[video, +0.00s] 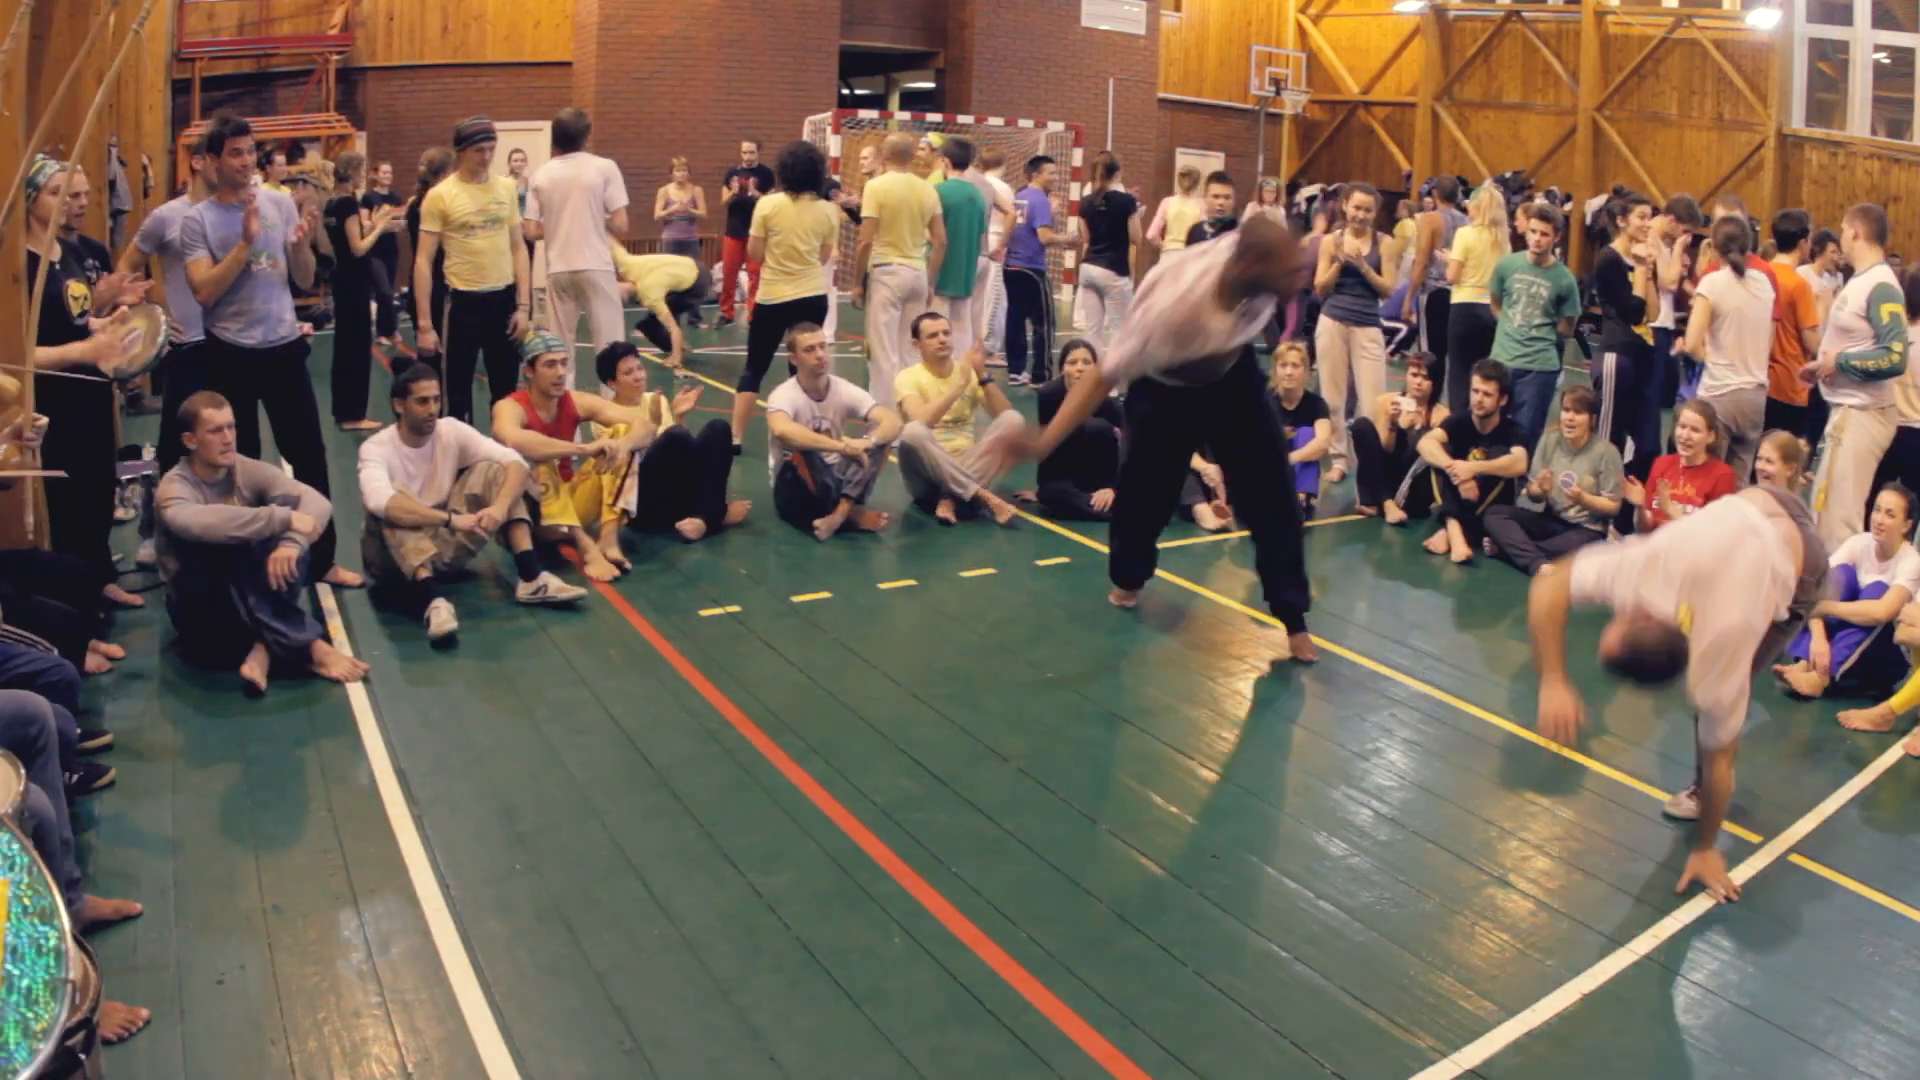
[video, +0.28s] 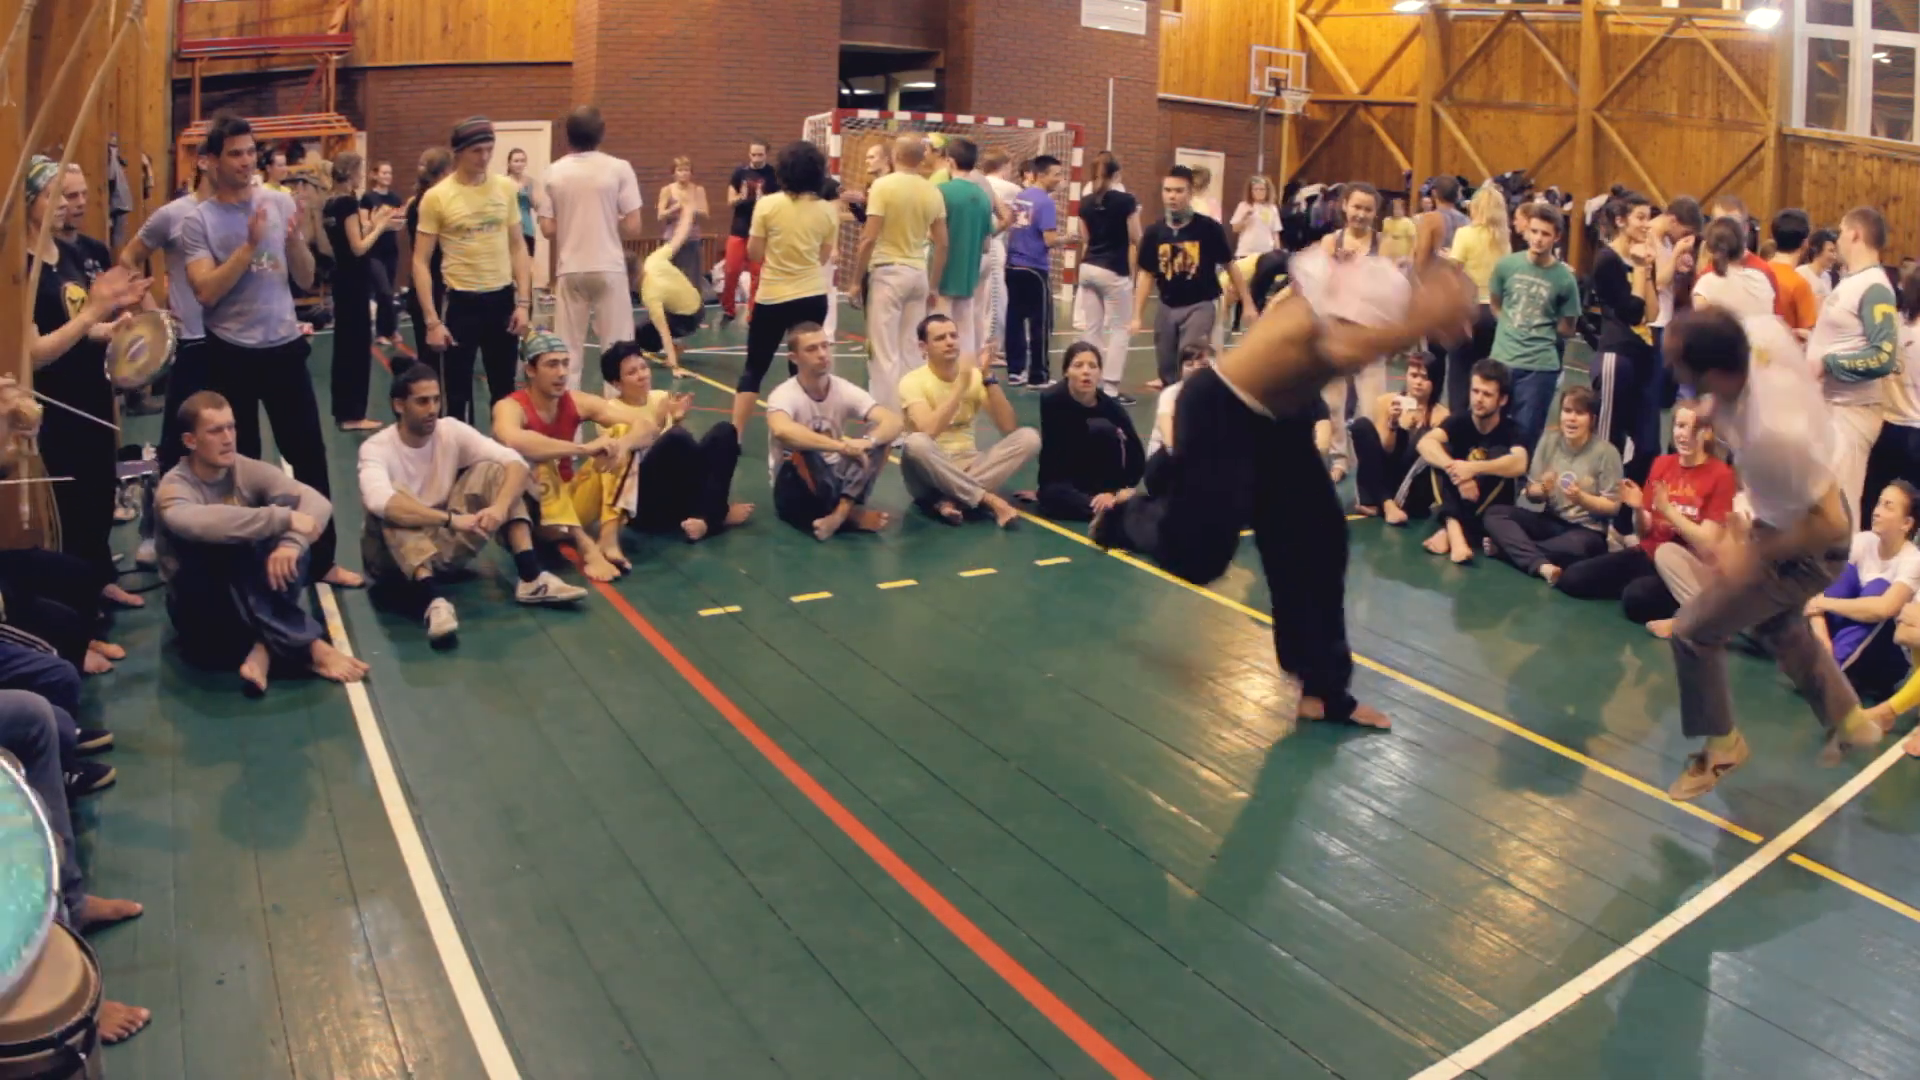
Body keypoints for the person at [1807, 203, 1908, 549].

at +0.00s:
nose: (1840, 240)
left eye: (1843, 232)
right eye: (1841, 233)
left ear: (1856, 233)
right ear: (1869, 234)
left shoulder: (1881, 285)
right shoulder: (1858, 282)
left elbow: (1894, 359)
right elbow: (1856, 346)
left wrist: (1838, 362)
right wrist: (1821, 365)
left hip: (1865, 412)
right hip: (1845, 408)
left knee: (1840, 512)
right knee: (1822, 504)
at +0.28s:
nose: (1836, 242)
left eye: (1840, 234)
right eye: (1838, 234)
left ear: (1855, 236)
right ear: (1862, 237)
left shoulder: (1875, 287)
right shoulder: (1850, 282)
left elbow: (1883, 358)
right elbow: (1844, 336)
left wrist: (1828, 362)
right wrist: (1809, 336)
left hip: (1856, 408)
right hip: (1834, 403)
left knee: (1841, 497)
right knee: (1825, 490)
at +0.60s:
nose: (1821, 240)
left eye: (1825, 231)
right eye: (1822, 232)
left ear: (1840, 233)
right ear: (1842, 235)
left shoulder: (1852, 278)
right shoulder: (1836, 276)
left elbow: (1862, 346)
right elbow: (1816, 336)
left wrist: (1817, 382)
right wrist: (1781, 311)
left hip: (1845, 398)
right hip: (1828, 396)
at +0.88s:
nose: (1807, 239)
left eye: (1809, 232)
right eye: (1809, 232)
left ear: (1819, 231)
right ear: (1841, 234)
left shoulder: (1833, 270)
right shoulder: (1843, 269)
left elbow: (1843, 332)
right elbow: (1808, 332)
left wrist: (1813, 386)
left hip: (1833, 390)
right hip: (1852, 389)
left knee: (1798, 482)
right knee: (1834, 488)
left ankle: (1799, 568)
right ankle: (1822, 567)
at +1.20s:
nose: (1793, 240)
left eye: (1795, 233)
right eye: (1795, 233)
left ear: (1804, 232)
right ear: (1827, 234)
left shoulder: (1821, 273)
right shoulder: (1829, 270)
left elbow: (1833, 333)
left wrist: (1805, 390)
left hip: (1813, 388)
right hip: (1832, 386)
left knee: (1783, 480)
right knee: (1818, 486)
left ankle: (1777, 569)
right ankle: (1811, 571)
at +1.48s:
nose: (1784, 236)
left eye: (1785, 229)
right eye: (1784, 230)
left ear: (1793, 230)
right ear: (1818, 231)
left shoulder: (1814, 273)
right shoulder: (1808, 269)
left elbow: (1827, 337)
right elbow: (1820, 336)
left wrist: (1798, 393)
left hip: (1804, 382)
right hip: (1794, 378)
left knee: (1783, 469)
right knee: (1780, 467)